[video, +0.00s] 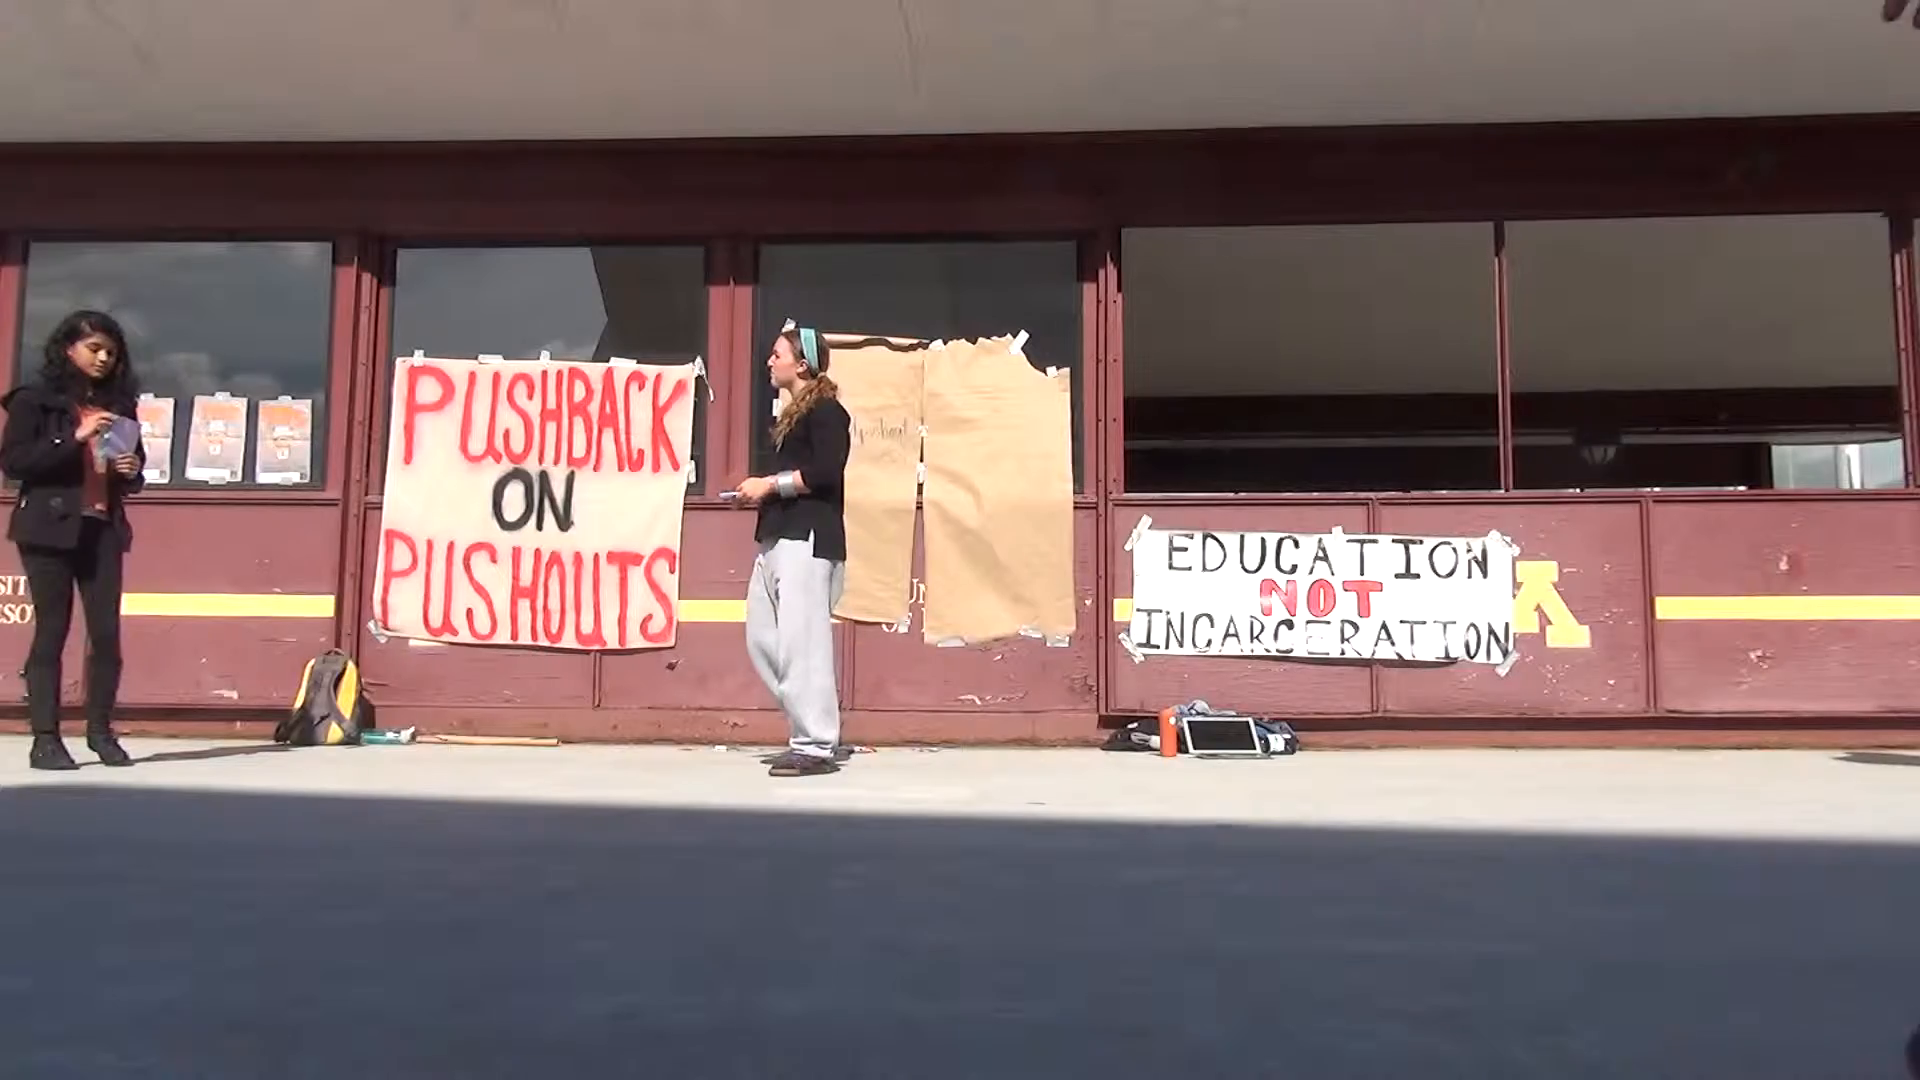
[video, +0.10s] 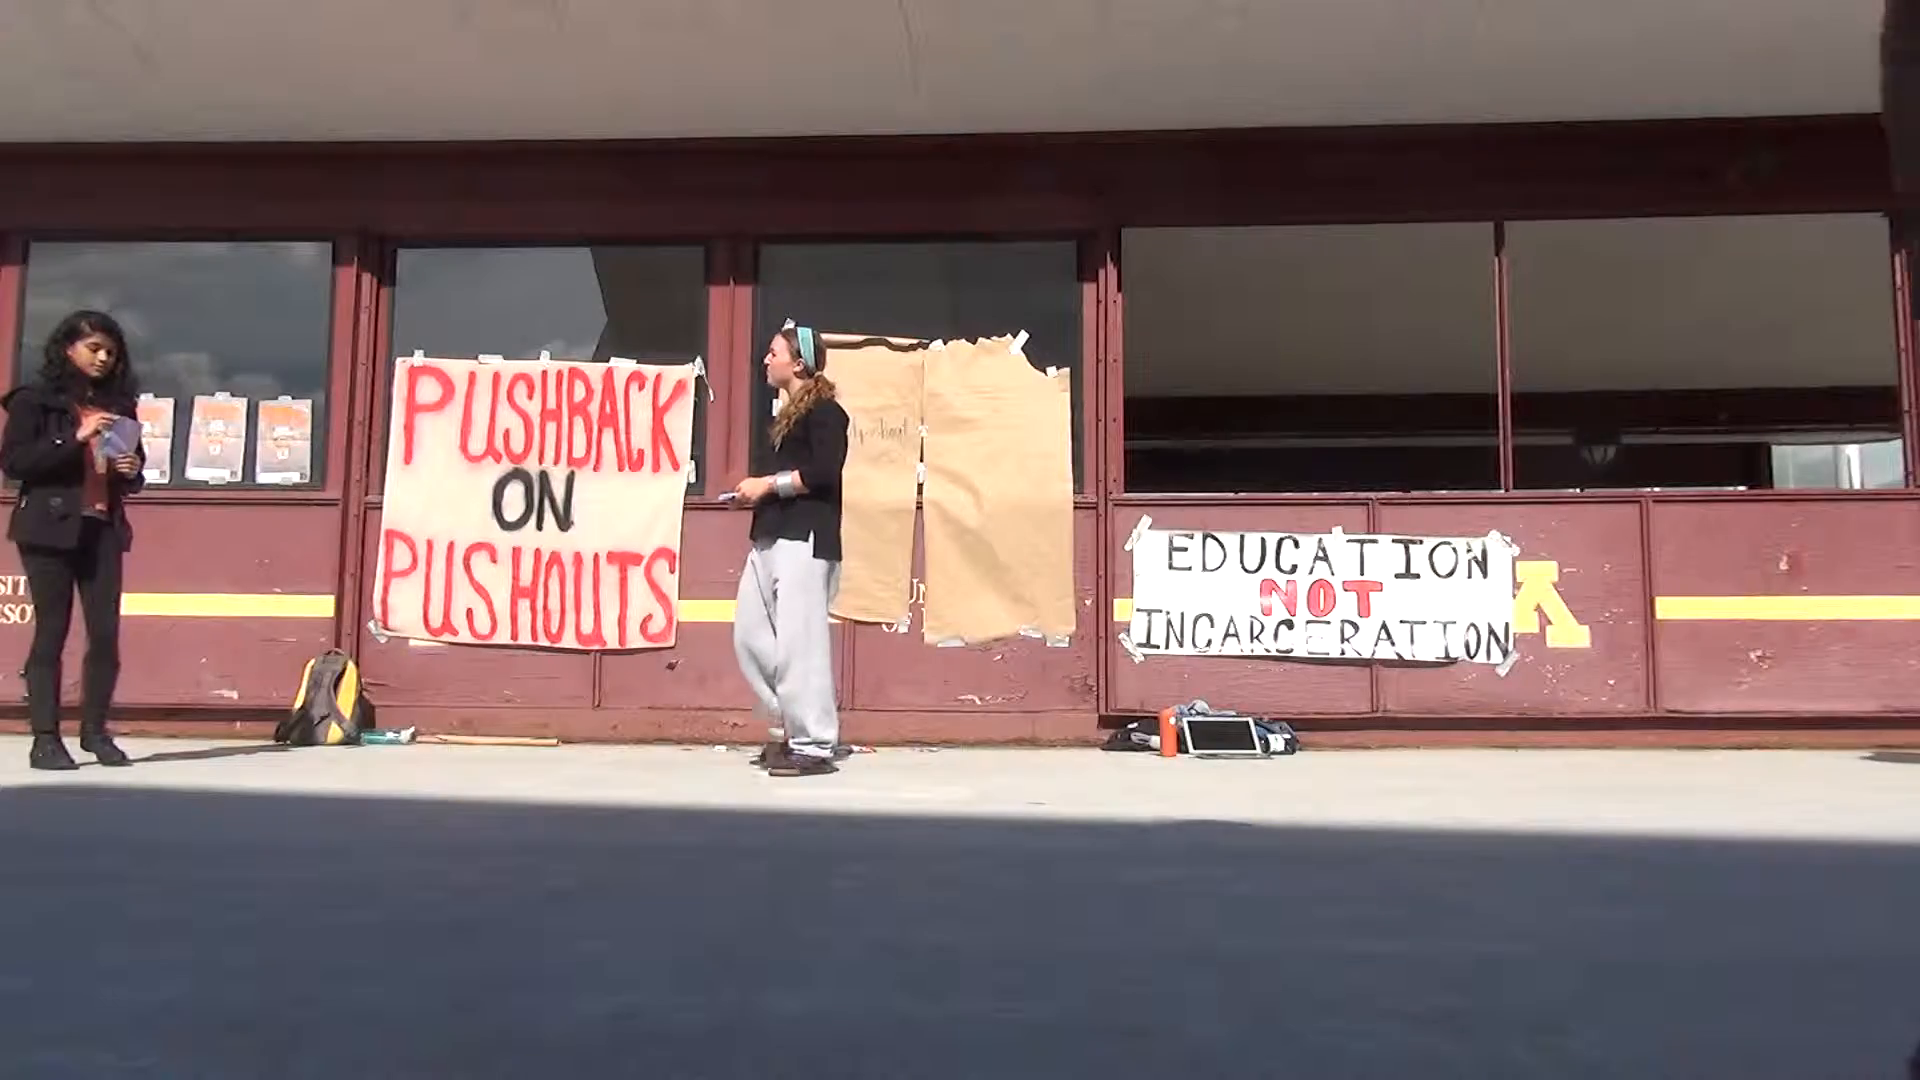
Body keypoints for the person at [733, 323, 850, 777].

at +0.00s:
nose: (770, 362)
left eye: (778, 356)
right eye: (772, 355)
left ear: (802, 364)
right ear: (792, 364)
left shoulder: (825, 409)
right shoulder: (791, 414)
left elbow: (826, 471)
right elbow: (798, 475)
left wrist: (770, 484)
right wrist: (762, 485)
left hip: (806, 542)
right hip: (776, 543)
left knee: (804, 641)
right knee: (763, 639)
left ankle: (815, 746)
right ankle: (815, 734)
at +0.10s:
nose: (766, 360)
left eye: (774, 354)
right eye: (769, 353)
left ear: (798, 363)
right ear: (791, 363)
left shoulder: (825, 412)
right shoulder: (786, 415)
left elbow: (823, 474)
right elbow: (792, 475)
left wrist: (768, 484)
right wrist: (758, 486)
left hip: (803, 542)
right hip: (769, 542)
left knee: (801, 640)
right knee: (750, 634)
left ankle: (815, 746)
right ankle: (799, 726)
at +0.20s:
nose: (759, 359)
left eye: (767, 352)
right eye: (762, 351)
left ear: (792, 362)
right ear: (786, 363)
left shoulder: (823, 411)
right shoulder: (777, 414)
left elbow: (820, 474)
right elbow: (784, 474)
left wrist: (766, 483)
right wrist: (753, 485)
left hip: (798, 541)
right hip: (760, 541)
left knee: (797, 640)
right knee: (743, 638)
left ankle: (813, 745)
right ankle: (753, 739)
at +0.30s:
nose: (751, 363)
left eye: (759, 356)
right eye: (753, 355)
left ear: (786, 363)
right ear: (772, 362)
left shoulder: (819, 411)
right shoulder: (760, 412)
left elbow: (817, 475)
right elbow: (761, 473)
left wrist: (762, 483)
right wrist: (743, 489)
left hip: (794, 541)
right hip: (752, 540)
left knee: (795, 643)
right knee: (735, 641)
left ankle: (812, 746)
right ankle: (718, 743)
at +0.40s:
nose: (742, 368)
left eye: (750, 362)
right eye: (743, 361)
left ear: (777, 368)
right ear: (760, 367)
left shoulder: (812, 416)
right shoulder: (746, 422)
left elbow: (813, 478)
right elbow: (747, 480)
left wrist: (758, 484)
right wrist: (729, 491)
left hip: (787, 544)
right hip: (741, 543)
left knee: (791, 644)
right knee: (723, 642)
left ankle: (811, 747)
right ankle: (700, 745)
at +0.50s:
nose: (733, 369)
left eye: (740, 361)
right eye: (733, 361)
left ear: (767, 367)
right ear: (750, 367)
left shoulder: (802, 416)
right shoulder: (733, 423)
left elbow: (806, 480)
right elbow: (734, 484)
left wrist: (748, 484)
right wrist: (712, 491)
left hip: (775, 544)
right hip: (729, 543)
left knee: (782, 646)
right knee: (714, 645)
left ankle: (809, 746)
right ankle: (699, 746)